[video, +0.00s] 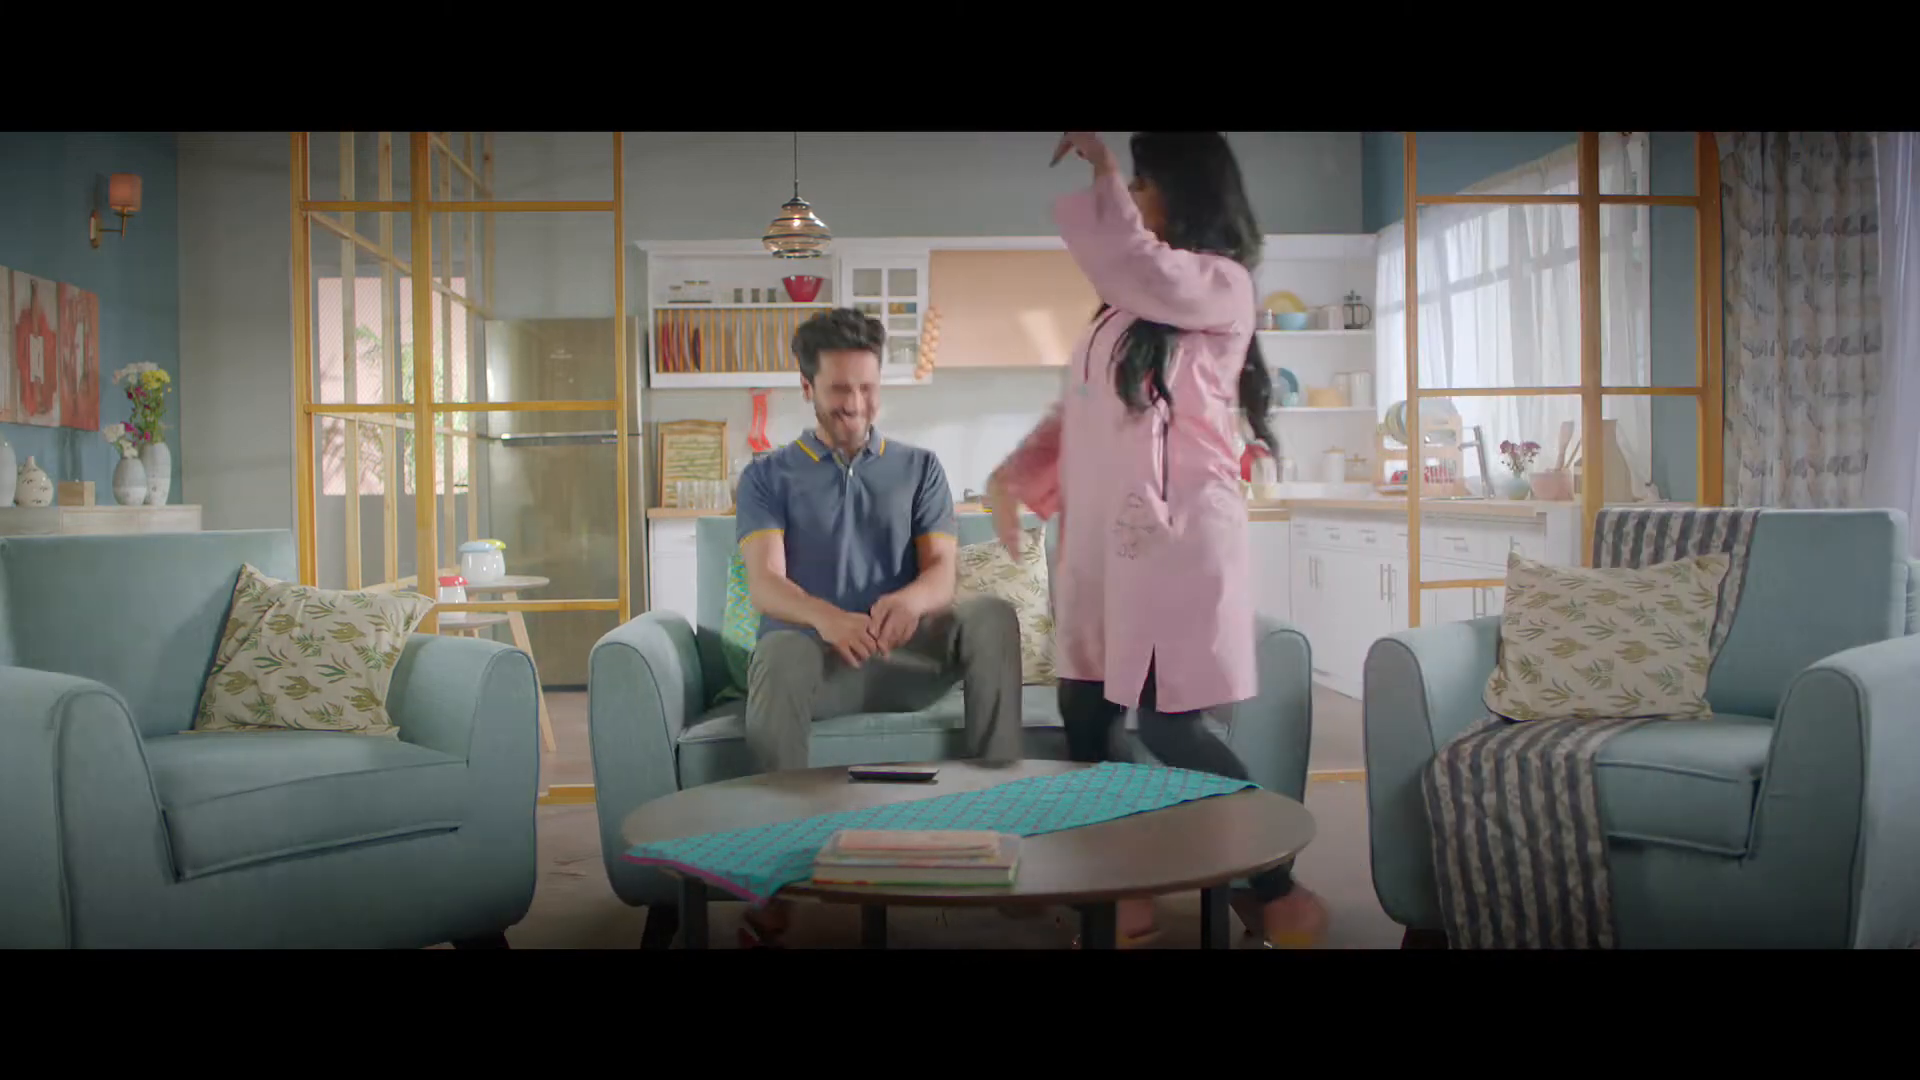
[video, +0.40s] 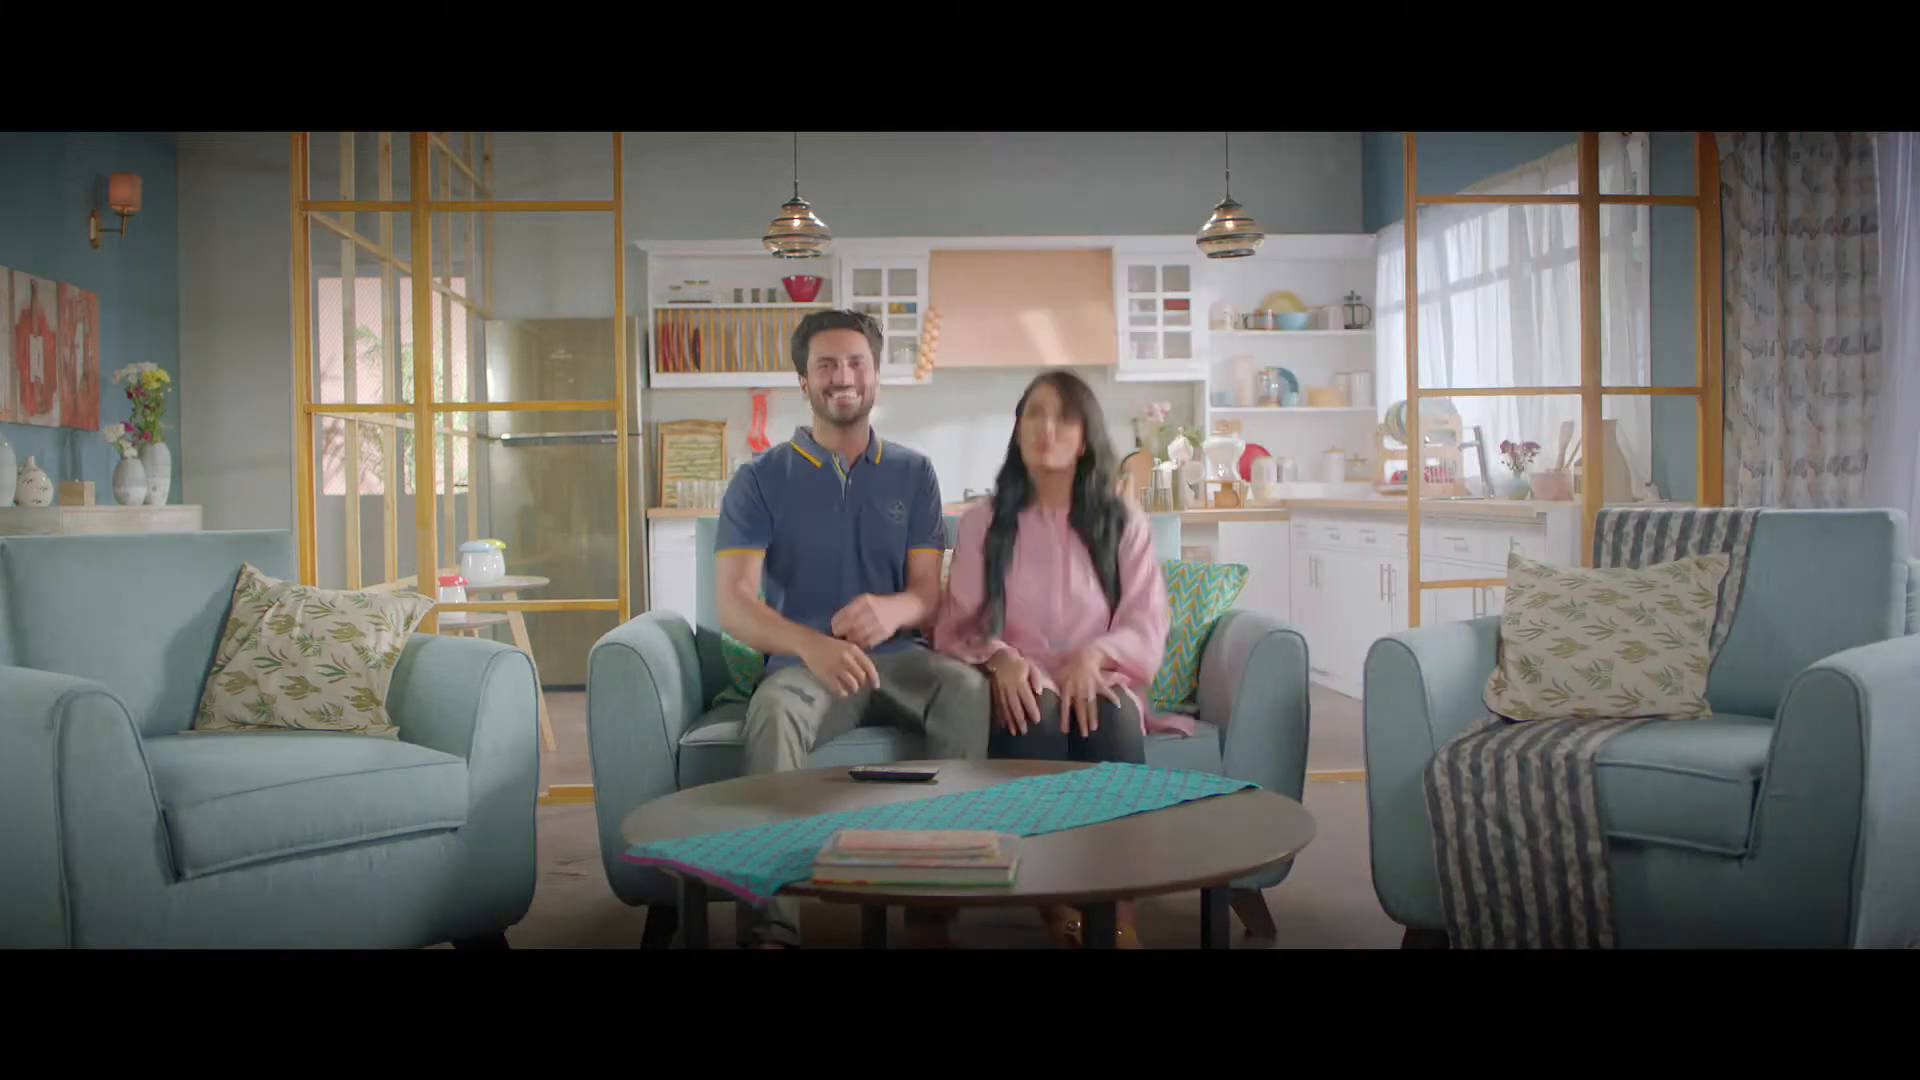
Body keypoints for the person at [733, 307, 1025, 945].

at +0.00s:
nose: (854, 404)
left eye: (866, 388)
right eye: (839, 389)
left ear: (881, 385)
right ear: (808, 387)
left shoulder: (919, 468)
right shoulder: (768, 477)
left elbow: (941, 574)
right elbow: (766, 586)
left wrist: (912, 599)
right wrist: (831, 619)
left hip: (906, 656)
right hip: (823, 660)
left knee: (992, 617)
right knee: (781, 650)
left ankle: (999, 797)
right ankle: (779, 830)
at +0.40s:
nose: (843, 377)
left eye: (856, 363)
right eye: (826, 365)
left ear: (876, 376)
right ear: (803, 382)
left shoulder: (912, 474)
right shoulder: (760, 480)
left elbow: (925, 593)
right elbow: (734, 601)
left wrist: (891, 609)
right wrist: (809, 643)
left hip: (895, 655)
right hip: (807, 659)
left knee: (964, 688)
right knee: (775, 711)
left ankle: (948, 874)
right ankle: (774, 904)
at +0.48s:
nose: (845, 402)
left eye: (859, 388)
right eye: (828, 388)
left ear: (879, 401)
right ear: (806, 402)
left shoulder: (913, 492)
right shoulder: (765, 499)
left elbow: (924, 615)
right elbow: (742, 638)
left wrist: (898, 654)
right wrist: (822, 689)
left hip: (890, 673)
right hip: (804, 680)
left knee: (977, 700)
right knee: (769, 712)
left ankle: (949, 885)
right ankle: (770, 913)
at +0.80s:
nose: (836, 424)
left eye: (851, 408)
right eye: (820, 408)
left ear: (873, 416)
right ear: (796, 416)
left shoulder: (919, 495)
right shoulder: (758, 503)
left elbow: (936, 620)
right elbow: (745, 637)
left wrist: (908, 648)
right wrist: (801, 633)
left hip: (899, 678)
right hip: (810, 680)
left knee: (979, 695)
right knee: (749, 702)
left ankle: (954, 896)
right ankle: (766, 913)